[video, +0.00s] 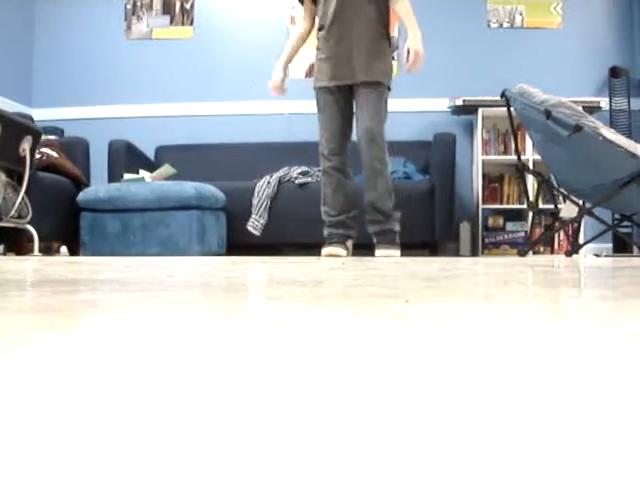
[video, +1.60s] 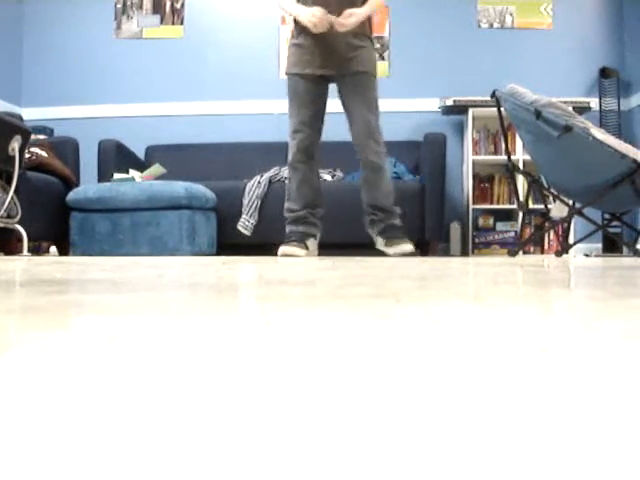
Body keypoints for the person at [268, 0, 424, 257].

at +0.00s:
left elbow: (399, 4)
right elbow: (305, 24)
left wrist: (415, 35)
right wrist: (282, 64)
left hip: (373, 60)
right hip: (328, 64)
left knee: (372, 143)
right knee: (331, 154)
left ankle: (385, 235)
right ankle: (337, 236)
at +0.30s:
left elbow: (400, 3)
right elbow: (310, 8)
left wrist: (382, 25)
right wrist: (297, 39)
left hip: (380, 56)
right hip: (332, 59)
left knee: (401, 146)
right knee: (334, 155)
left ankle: (414, 233)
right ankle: (337, 237)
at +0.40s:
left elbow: (411, 1)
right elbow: (307, 8)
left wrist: (376, 27)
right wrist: (326, 30)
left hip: (386, 58)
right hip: (337, 60)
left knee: (400, 150)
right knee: (337, 154)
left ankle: (412, 235)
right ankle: (338, 237)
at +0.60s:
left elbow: (426, 1)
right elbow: (325, 6)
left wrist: (394, 23)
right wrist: (359, 23)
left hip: (398, 56)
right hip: (350, 57)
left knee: (405, 151)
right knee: (344, 152)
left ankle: (412, 237)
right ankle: (338, 237)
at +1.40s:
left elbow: (410, 1)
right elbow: (310, 2)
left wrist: (393, 18)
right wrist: (340, 11)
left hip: (380, 47)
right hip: (330, 46)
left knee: (389, 143)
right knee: (316, 140)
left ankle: (401, 236)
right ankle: (302, 235)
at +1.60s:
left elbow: (380, 2)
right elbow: (282, 4)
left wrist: (363, 11)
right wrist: (300, 11)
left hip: (356, 44)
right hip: (306, 44)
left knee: (369, 140)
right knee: (302, 143)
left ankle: (387, 230)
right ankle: (301, 235)